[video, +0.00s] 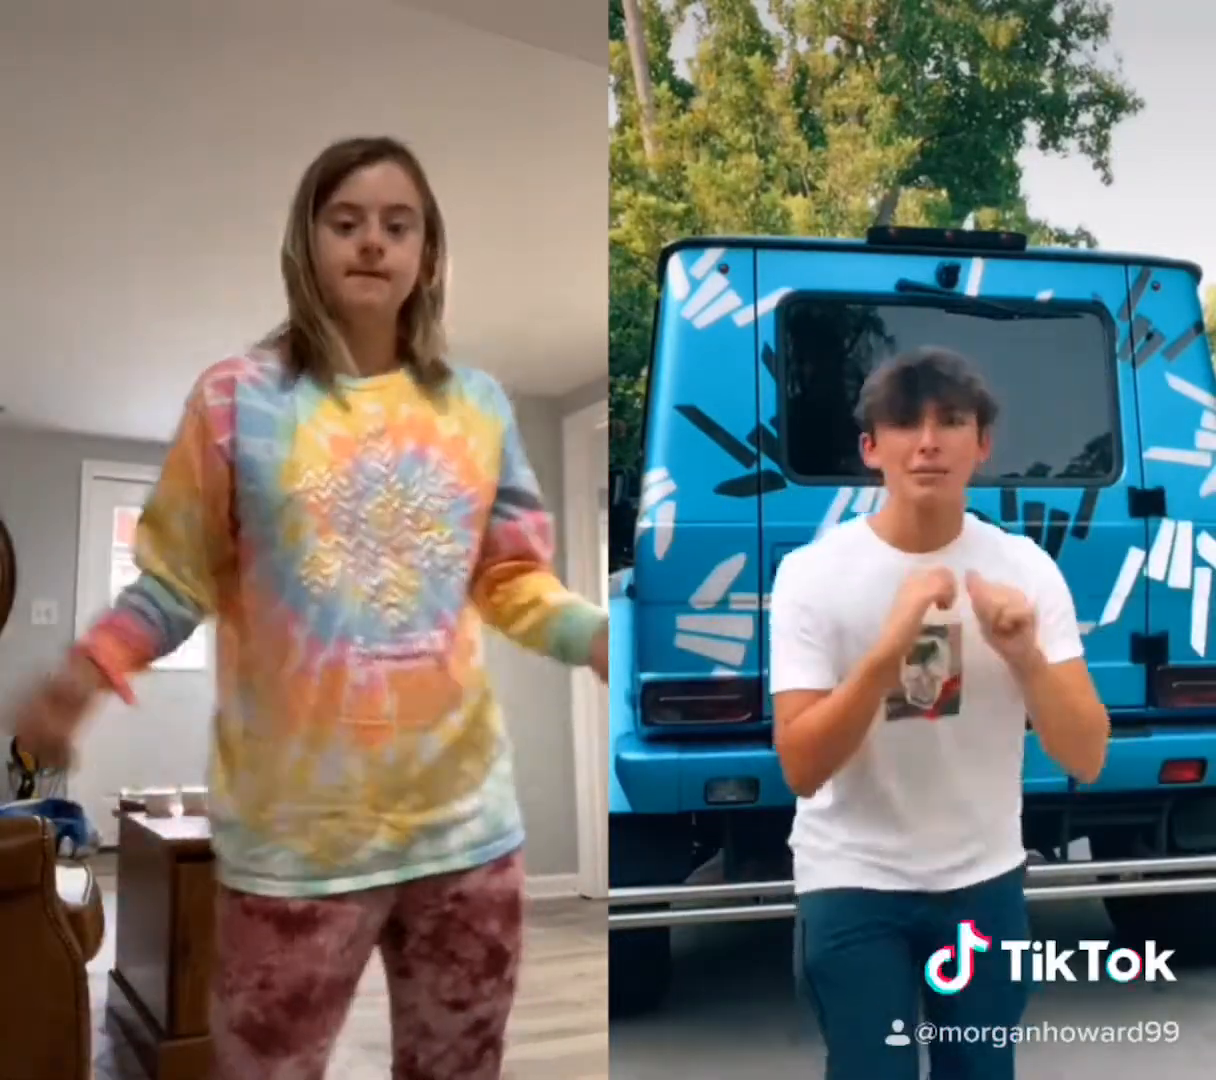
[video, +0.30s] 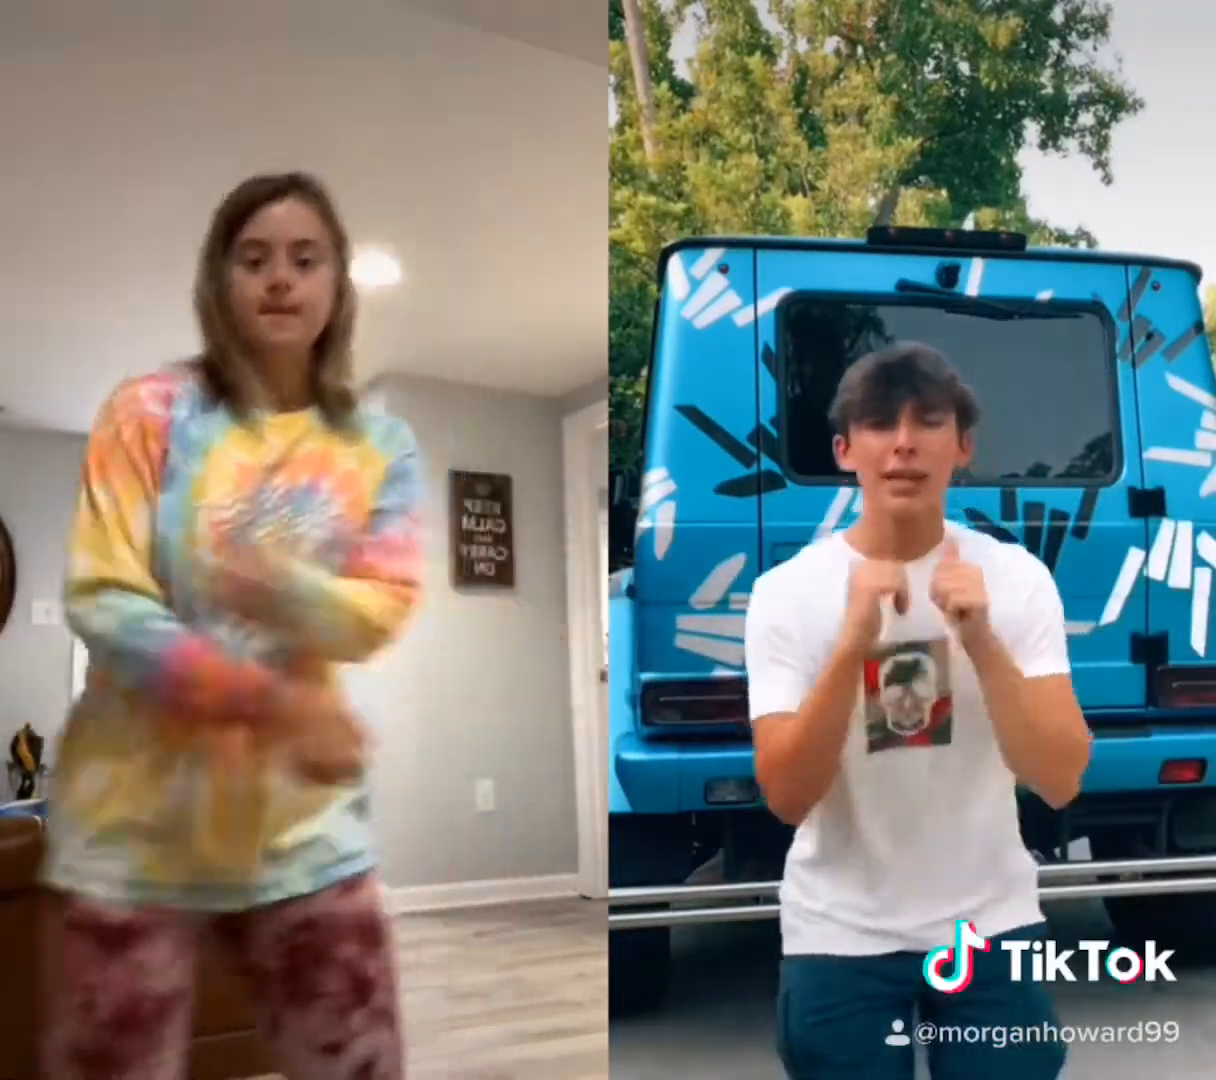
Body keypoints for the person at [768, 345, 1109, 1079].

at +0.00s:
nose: (928, 442)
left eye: (949, 422)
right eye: (907, 424)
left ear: (981, 446)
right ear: (872, 448)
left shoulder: (1025, 568)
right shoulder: (812, 575)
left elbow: (1086, 757)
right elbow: (802, 768)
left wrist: (1025, 655)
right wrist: (888, 652)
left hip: (985, 878)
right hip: (854, 883)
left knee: (982, 1068)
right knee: (876, 1067)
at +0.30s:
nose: (904, 442)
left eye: (927, 421)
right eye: (882, 423)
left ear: (961, 448)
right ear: (845, 452)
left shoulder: (1016, 580)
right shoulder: (786, 596)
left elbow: (1060, 778)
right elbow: (787, 795)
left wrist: (982, 644)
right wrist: (852, 649)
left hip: (992, 924)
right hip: (841, 933)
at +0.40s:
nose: (890, 388)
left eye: (913, 366)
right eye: (868, 369)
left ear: (953, 387)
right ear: (836, 395)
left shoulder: (1020, 509)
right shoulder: (798, 532)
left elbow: (1056, 688)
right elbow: (798, 748)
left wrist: (932, 545)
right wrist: (783, 576)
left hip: (1010, 890)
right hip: (857, 900)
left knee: (1017, 1065)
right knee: (866, 1064)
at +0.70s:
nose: (890, 476)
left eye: (915, 454)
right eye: (867, 459)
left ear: (954, 481)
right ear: (839, 492)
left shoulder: (1044, 578)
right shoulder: (830, 659)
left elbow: (1096, 763)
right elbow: (876, 861)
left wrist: (914, 710)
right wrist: (775, 803)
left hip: (1089, 950)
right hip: (928, 964)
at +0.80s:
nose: (943, 445)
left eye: (966, 425)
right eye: (920, 428)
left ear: (1004, 456)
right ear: (885, 464)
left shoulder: (1085, 561)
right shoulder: (860, 629)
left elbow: (1141, 746)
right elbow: (880, 835)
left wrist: (976, 657)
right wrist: (805, 703)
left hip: (1120, 932)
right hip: (957, 948)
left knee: (1186, 1061)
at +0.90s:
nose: (1024, 384)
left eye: (1048, 366)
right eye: (999, 366)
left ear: (1082, 397)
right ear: (961, 398)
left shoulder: (1145, 514)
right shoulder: (925, 540)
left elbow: (1206, 691)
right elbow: (896, 739)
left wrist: (1094, 552)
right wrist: (903, 553)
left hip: (1157, 893)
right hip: (992, 909)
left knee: (1202, 1057)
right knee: (967, 1066)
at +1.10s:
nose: (1209, 376)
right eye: (1187, 357)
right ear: (1148, 383)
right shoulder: (1083, 500)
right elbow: (1050, 650)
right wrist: (1179, 530)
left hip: (1213, 881)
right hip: (1089, 883)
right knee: (1035, 1067)